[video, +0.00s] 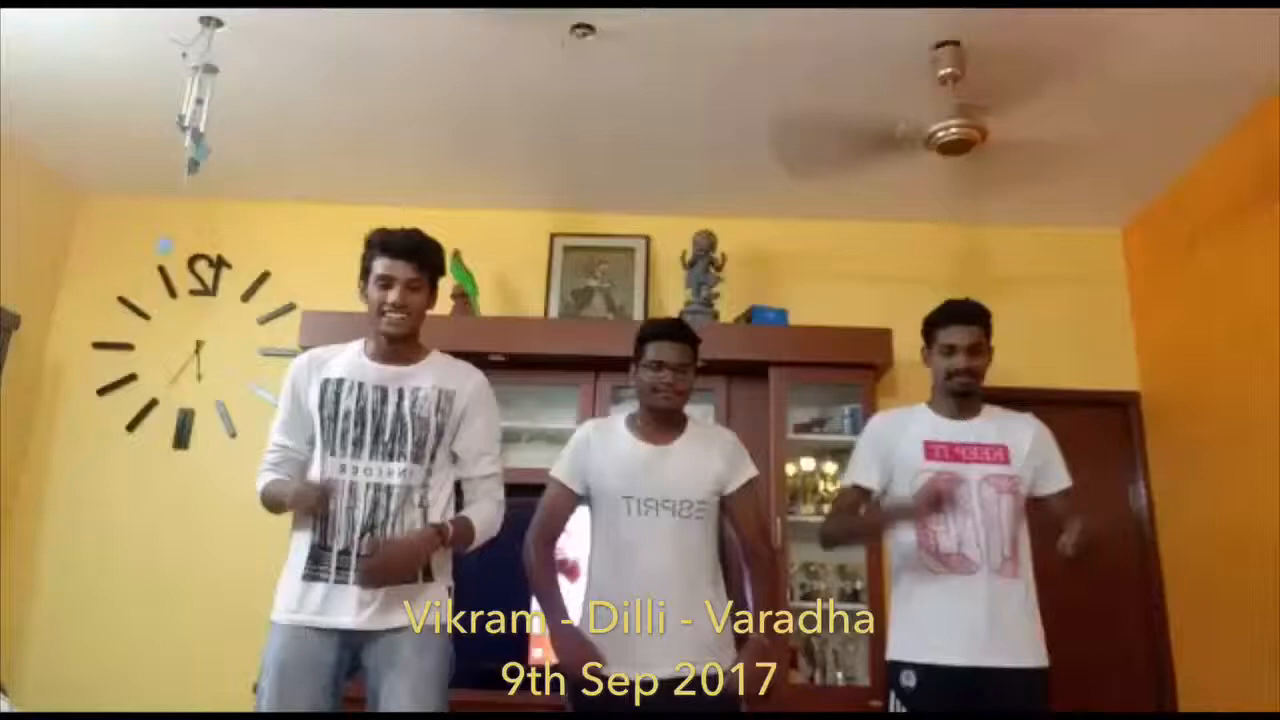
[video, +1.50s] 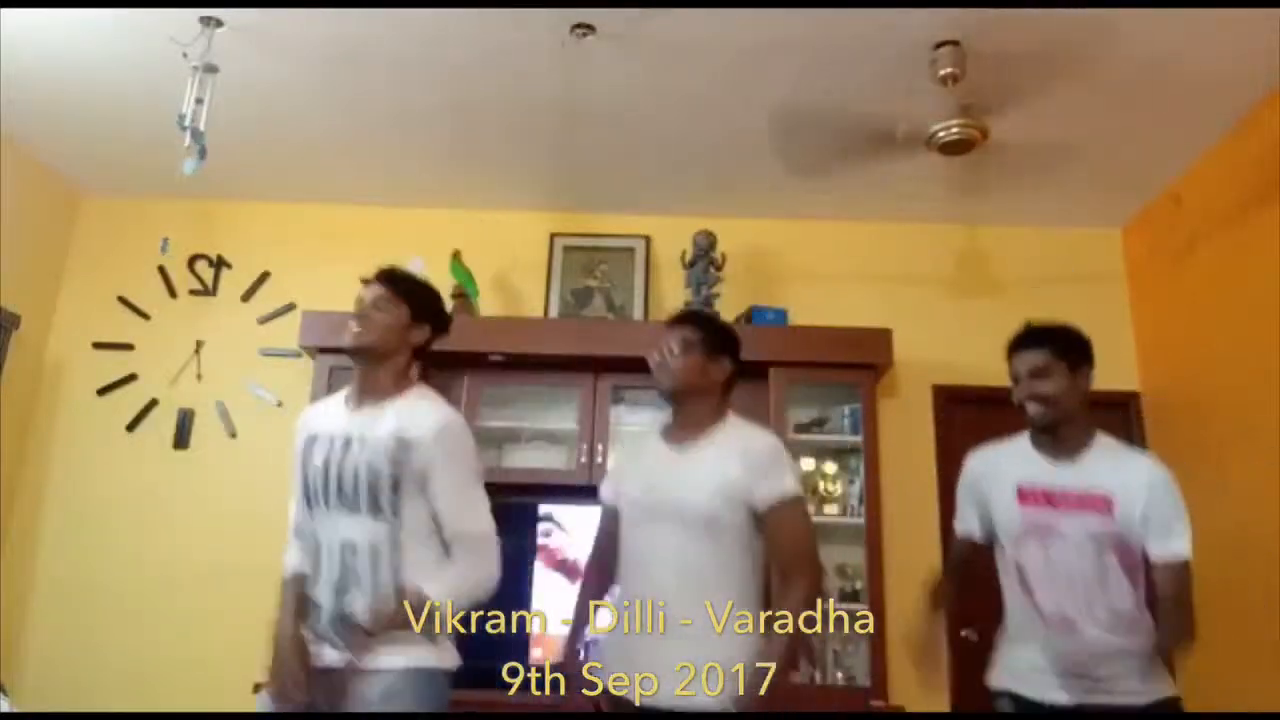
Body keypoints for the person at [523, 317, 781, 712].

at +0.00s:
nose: (668, 379)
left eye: (680, 369)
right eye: (656, 367)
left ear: (694, 377)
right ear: (634, 373)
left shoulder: (721, 447)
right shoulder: (592, 441)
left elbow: (761, 552)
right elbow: (537, 543)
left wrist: (765, 637)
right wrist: (562, 633)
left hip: (701, 675)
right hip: (608, 676)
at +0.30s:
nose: (701, 405)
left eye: (712, 396)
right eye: (687, 393)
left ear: (723, 405)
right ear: (659, 402)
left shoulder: (747, 475)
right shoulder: (611, 470)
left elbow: (771, 589)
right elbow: (559, 573)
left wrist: (761, 686)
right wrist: (587, 665)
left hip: (715, 688)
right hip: (624, 686)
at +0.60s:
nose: (753, 347)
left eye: (759, 338)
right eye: (738, 335)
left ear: (766, 348)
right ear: (700, 349)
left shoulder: (777, 431)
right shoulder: (661, 414)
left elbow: (795, 537)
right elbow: (604, 522)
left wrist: (838, 600)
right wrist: (605, 613)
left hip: (775, 651)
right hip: (681, 648)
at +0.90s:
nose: (797, 425)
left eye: (802, 414)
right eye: (785, 410)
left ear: (803, 420)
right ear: (737, 409)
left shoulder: (796, 500)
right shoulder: (686, 477)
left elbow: (829, 620)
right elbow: (646, 595)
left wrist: (905, 690)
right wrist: (561, 658)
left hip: (825, 694)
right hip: (736, 688)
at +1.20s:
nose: (748, 327)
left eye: (762, 318)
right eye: (735, 318)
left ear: (784, 337)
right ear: (717, 335)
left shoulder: (813, 417)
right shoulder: (679, 405)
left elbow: (840, 531)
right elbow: (610, 516)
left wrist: (876, 621)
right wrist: (632, 596)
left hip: (794, 651)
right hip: (693, 647)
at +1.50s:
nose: (662, 359)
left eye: (681, 350)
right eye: (661, 350)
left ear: (721, 368)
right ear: (653, 360)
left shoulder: (757, 451)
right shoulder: (632, 455)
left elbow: (800, 575)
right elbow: (602, 563)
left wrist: (772, 676)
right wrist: (572, 648)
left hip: (721, 690)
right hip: (628, 683)